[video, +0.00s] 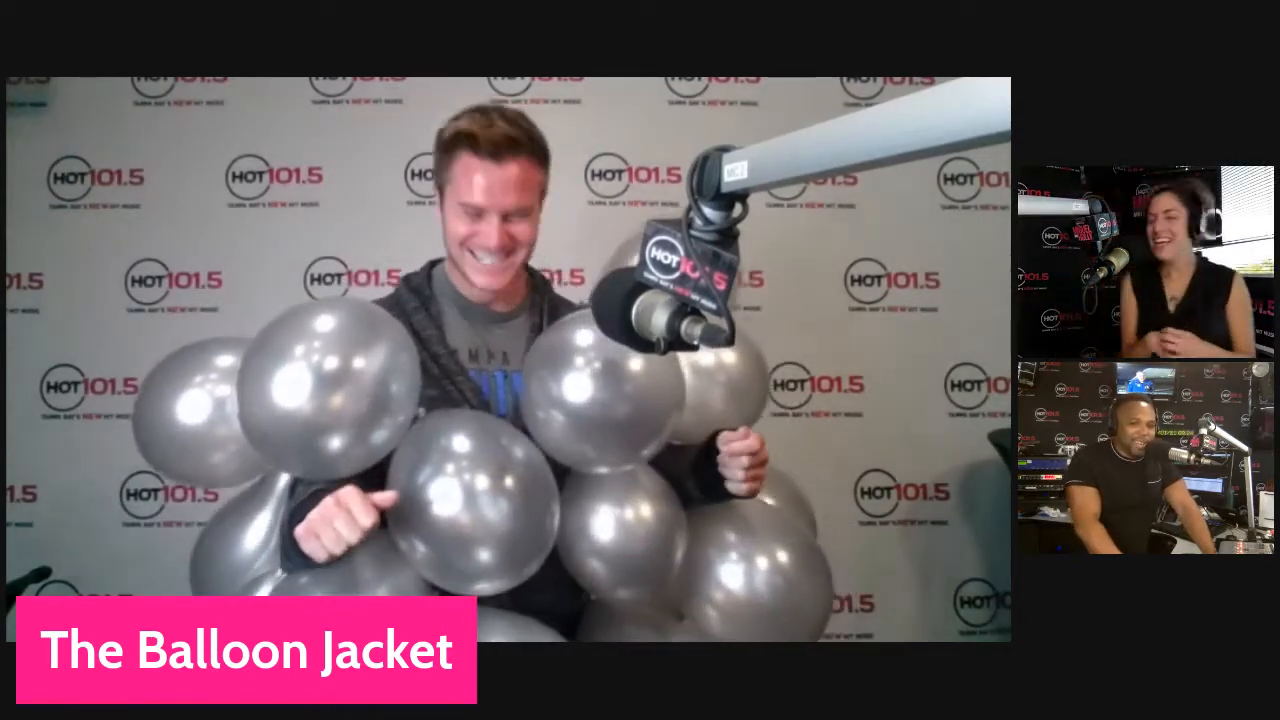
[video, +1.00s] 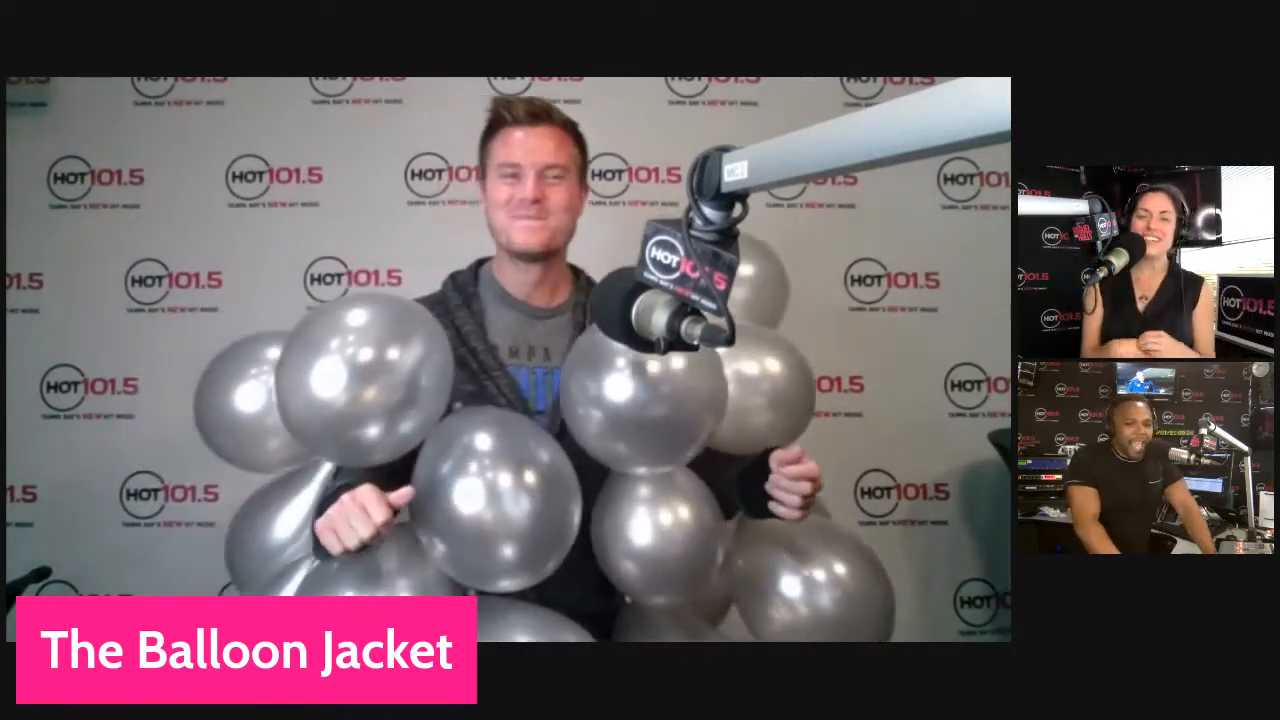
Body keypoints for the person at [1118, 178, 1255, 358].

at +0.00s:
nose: (1157, 228)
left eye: (1170, 218)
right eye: (1151, 220)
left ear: (1195, 224)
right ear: (1146, 226)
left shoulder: (1229, 283)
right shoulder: (1134, 282)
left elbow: (1248, 360)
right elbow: (1127, 355)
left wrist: (1200, 349)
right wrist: (1148, 344)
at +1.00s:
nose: (1151, 226)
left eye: (1164, 218)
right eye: (1142, 216)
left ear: (1177, 228)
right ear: (1129, 222)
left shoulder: (1196, 289)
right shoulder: (1100, 285)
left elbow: (1208, 361)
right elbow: (1087, 354)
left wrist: (1177, 349)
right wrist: (1116, 347)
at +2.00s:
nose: (1153, 227)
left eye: (1166, 219)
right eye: (1144, 217)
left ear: (1181, 228)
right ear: (1131, 223)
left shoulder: (1201, 287)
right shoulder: (1108, 285)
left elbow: (1215, 361)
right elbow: (1096, 356)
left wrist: (1184, 347)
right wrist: (1114, 343)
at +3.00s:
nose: (1151, 230)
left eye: (1164, 221)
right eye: (1142, 219)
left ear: (1178, 229)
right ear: (1129, 224)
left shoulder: (1199, 286)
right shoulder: (1106, 285)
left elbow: (1211, 360)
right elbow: (1095, 354)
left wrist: (1166, 342)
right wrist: (1132, 348)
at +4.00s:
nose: (1150, 229)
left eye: (1163, 221)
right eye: (1141, 218)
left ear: (1178, 231)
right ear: (1128, 224)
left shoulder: (1198, 285)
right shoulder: (1104, 285)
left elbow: (1211, 360)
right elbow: (1095, 354)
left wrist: (1158, 346)